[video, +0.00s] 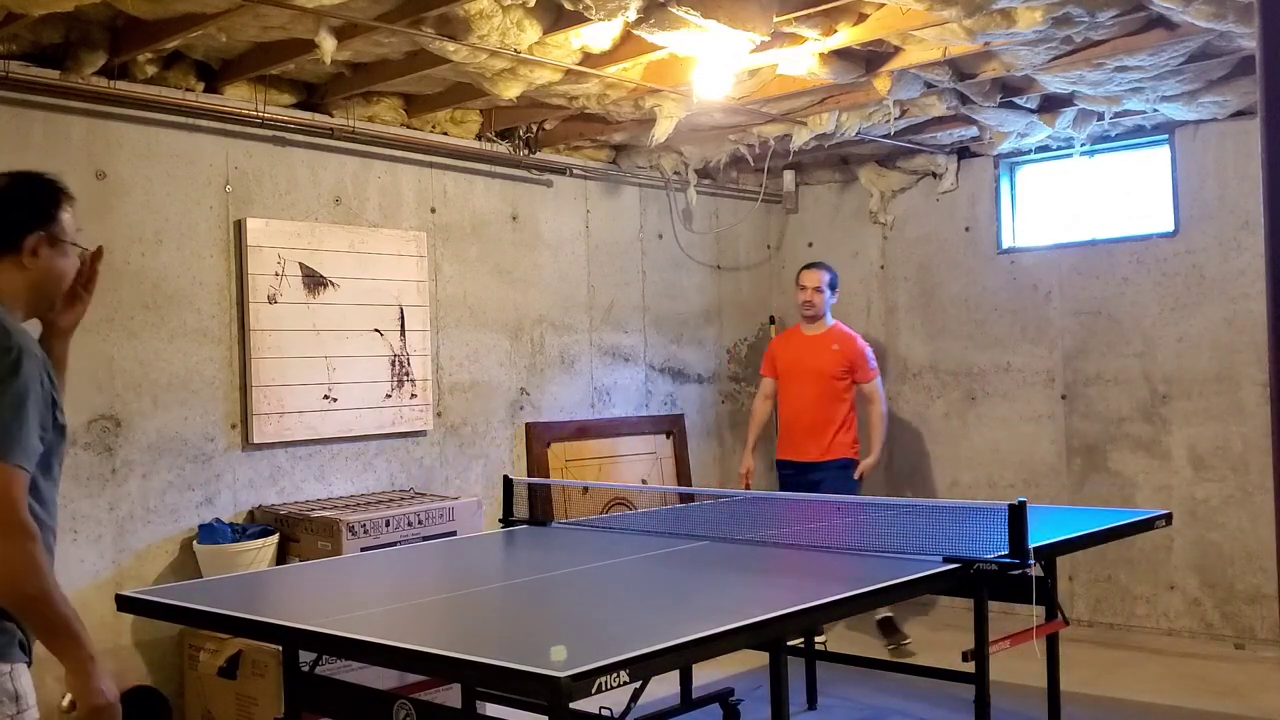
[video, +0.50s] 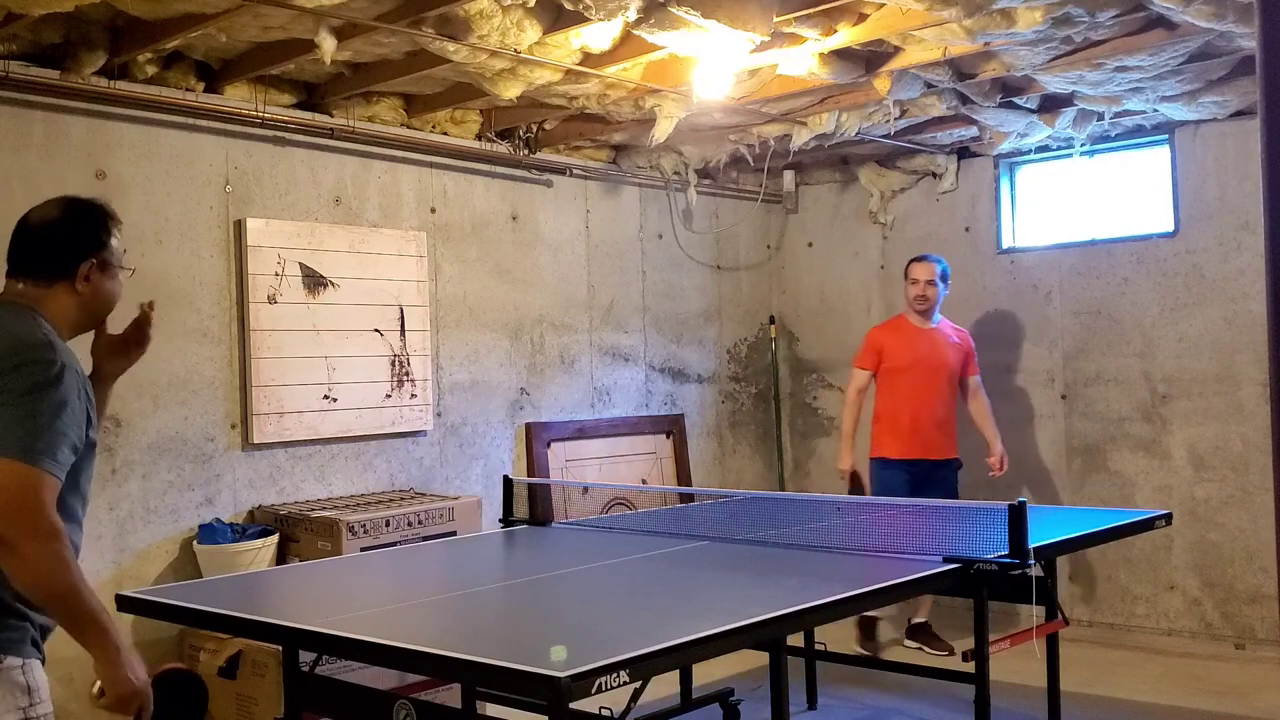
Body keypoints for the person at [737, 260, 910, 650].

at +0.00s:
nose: (807, 296)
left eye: (817, 290)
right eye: (802, 289)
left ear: (832, 297)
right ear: (794, 293)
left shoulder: (851, 344)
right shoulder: (780, 345)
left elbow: (875, 399)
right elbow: (765, 398)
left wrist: (874, 453)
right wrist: (748, 452)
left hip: (836, 465)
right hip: (790, 465)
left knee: (847, 541)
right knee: (797, 546)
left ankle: (882, 615)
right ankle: (810, 623)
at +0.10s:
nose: (829, 296)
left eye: (838, 290)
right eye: (823, 288)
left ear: (853, 297)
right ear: (815, 293)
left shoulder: (872, 346)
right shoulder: (795, 346)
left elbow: (896, 399)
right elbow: (779, 399)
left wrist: (897, 453)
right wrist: (764, 452)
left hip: (858, 466)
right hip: (806, 467)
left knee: (882, 539)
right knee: (806, 546)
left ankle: (905, 618)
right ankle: (812, 625)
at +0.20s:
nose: (853, 296)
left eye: (862, 290)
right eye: (847, 289)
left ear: (876, 296)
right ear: (838, 294)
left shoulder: (896, 346)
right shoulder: (817, 346)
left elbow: (920, 399)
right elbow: (798, 400)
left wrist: (924, 451)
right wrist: (783, 454)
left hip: (883, 467)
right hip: (828, 468)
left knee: (904, 539)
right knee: (820, 544)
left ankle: (914, 623)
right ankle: (813, 622)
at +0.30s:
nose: (878, 298)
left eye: (887, 291)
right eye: (872, 290)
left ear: (901, 297)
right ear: (863, 295)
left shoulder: (921, 347)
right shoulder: (842, 345)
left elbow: (941, 398)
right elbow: (818, 400)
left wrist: (954, 448)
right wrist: (801, 457)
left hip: (906, 467)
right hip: (851, 469)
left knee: (921, 541)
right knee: (832, 542)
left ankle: (917, 624)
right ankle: (817, 620)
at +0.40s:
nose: (901, 294)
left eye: (910, 288)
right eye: (894, 287)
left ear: (924, 294)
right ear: (886, 292)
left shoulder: (942, 344)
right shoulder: (863, 342)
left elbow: (958, 398)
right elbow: (838, 398)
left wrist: (977, 446)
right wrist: (823, 456)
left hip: (926, 466)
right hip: (872, 466)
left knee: (926, 545)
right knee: (852, 543)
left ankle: (918, 625)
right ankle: (827, 620)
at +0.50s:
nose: (921, 290)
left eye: (930, 283)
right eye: (914, 282)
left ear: (944, 289)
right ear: (905, 288)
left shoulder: (960, 339)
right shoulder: (881, 336)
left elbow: (974, 394)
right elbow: (855, 392)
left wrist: (994, 442)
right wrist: (846, 451)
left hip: (941, 461)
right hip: (891, 461)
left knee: (936, 543)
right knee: (891, 542)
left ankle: (920, 623)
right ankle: (868, 615)